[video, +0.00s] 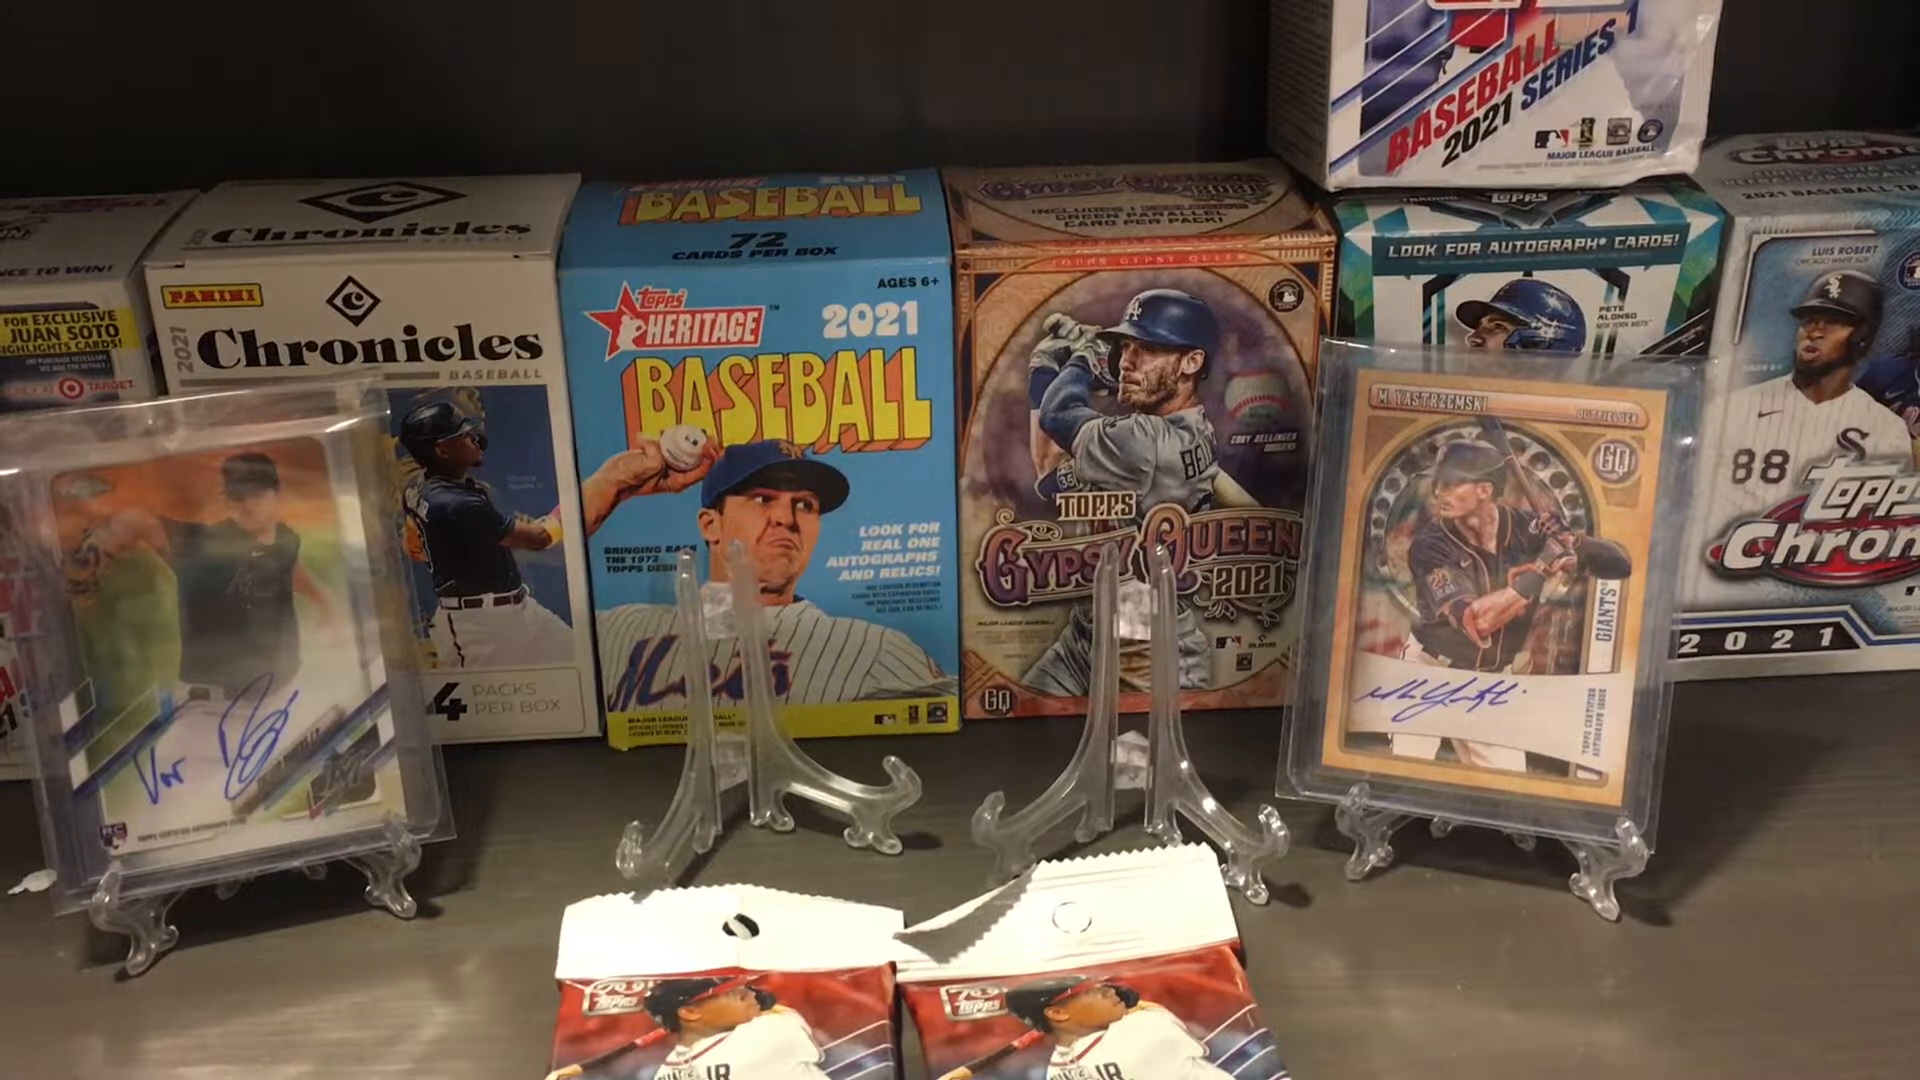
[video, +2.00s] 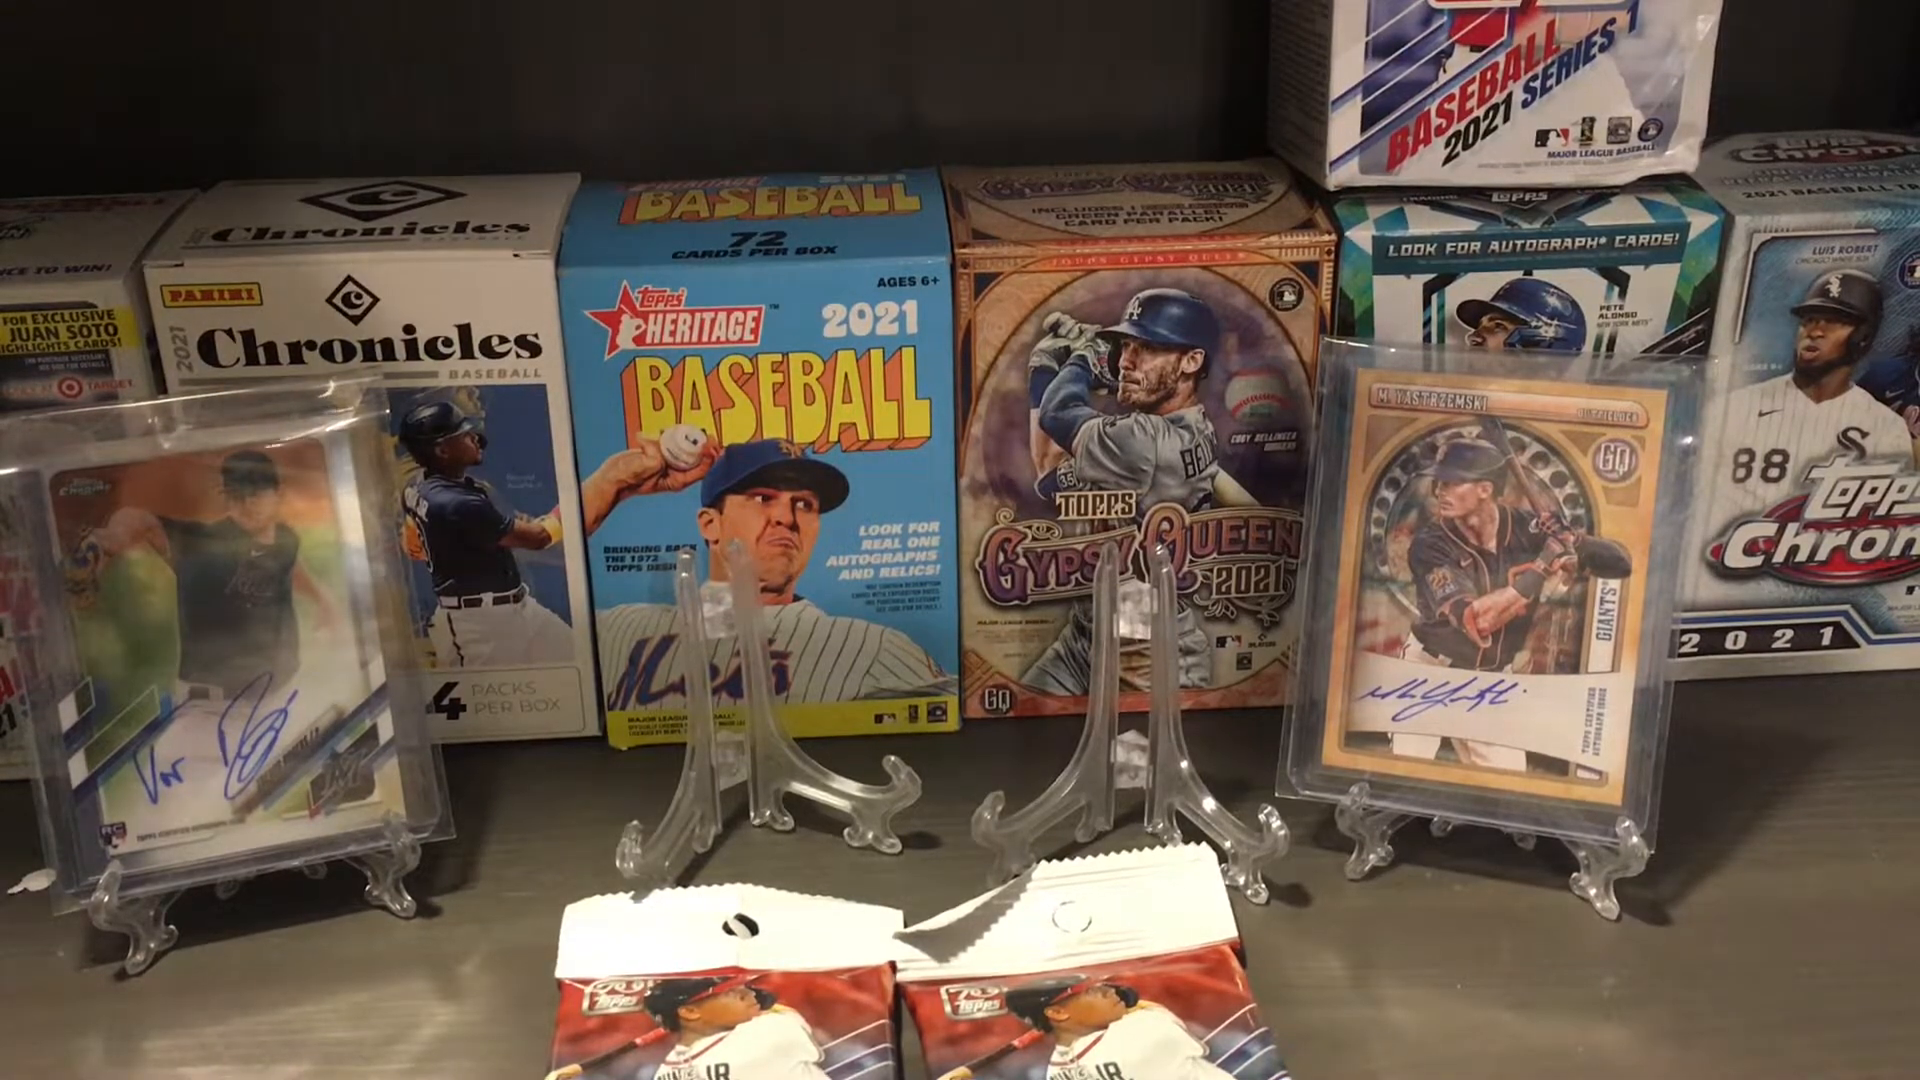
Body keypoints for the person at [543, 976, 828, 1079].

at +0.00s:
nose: (746, 994)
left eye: (739, 987)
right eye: (730, 994)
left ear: (689, 1015)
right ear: (692, 1015)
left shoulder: (665, 1071)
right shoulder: (778, 1034)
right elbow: (779, 1008)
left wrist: (578, 1072)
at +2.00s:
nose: (743, 992)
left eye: (733, 986)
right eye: (725, 993)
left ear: (690, 1014)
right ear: (691, 1014)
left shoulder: (665, 1071)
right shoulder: (778, 1032)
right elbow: (779, 1007)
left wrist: (578, 1071)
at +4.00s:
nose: (743, 993)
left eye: (732, 987)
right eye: (725, 993)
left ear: (690, 1015)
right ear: (691, 1014)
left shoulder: (667, 1071)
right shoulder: (778, 1033)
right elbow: (779, 1008)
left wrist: (578, 1071)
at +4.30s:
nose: (745, 992)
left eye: (736, 985)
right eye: (727, 993)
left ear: (690, 1015)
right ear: (692, 1015)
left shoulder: (666, 1070)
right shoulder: (779, 1033)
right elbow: (778, 1008)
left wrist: (578, 1072)